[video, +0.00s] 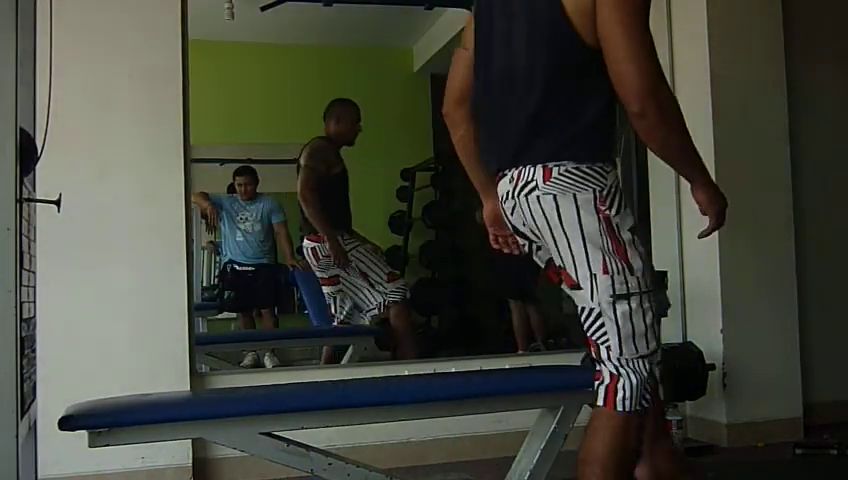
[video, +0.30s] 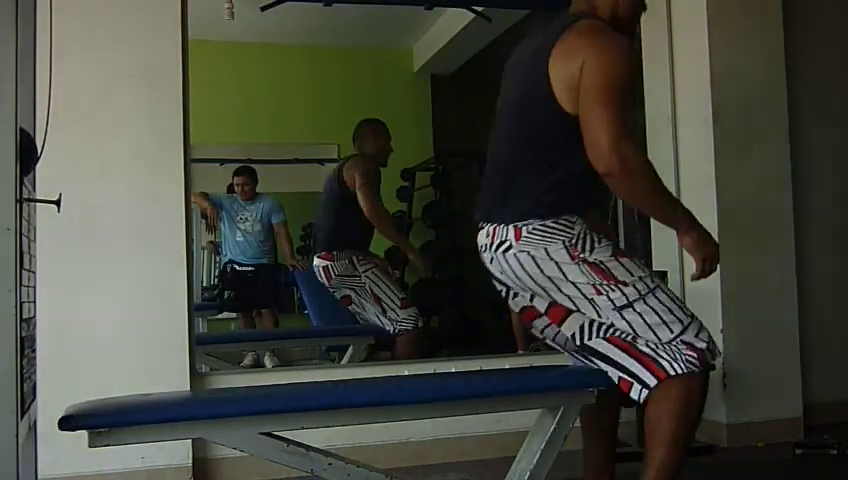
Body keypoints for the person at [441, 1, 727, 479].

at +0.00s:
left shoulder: (488, 8)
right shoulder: (603, 5)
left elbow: (455, 105)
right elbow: (641, 100)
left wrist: (489, 193)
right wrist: (698, 178)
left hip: (514, 187)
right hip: (573, 181)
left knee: (638, 316)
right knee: (625, 367)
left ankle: (655, 458)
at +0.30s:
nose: (639, 13)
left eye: (640, 6)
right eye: (637, 4)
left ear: (586, 2)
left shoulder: (543, 39)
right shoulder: (600, 44)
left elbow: (540, 158)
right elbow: (612, 158)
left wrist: (597, 231)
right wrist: (687, 226)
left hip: (509, 236)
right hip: (543, 235)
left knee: (602, 365)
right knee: (682, 354)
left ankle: (597, 472)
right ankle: (658, 472)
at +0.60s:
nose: (573, 92)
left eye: (573, 80)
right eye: (572, 80)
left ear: (520, 75)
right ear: (556, 77)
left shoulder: (490, 128)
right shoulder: (542, 128)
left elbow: (559, 225)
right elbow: (625, 232)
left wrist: (645, 214)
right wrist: (683, 227)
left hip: (458, 321)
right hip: (492, 320)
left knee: (604, 349)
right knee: (663, 369)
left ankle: (598, 473)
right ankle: (677, 473)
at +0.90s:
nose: (426, 124)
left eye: (428, 113)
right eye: (424, 112)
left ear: (366, 109)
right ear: (400, 110)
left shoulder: (342, 181)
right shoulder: (405, 173)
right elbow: (532, 197)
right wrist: (524, 111)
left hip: (425, 349)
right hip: (462, 344)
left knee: (585, 351)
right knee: (642, 360)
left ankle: (600, 470)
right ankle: (675, 471)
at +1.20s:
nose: (314, 193)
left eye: (309, 182)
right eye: (302, 182)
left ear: (242, 198)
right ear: (267, 192)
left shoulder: (252, 263)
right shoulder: (291, 253)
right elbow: (393, 150)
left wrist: (251, 145)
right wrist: (291, 107)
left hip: (440, 336)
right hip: (455, 343)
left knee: (583, 365)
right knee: (625, 365)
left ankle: (644, 464)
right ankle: (723, 461)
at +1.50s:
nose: (192, 261)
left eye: (182, 256)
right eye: (177, 261)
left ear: (160, 300)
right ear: (170, 293)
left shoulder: (222, 334)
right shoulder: (226, 342)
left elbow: (199, 199)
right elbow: (197, 192)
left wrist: (111, 284)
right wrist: (110, 282)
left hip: (437, 322)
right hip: (451, 340)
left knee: (587, 341)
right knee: (615, 358)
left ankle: (678, 421)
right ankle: (737, 390)